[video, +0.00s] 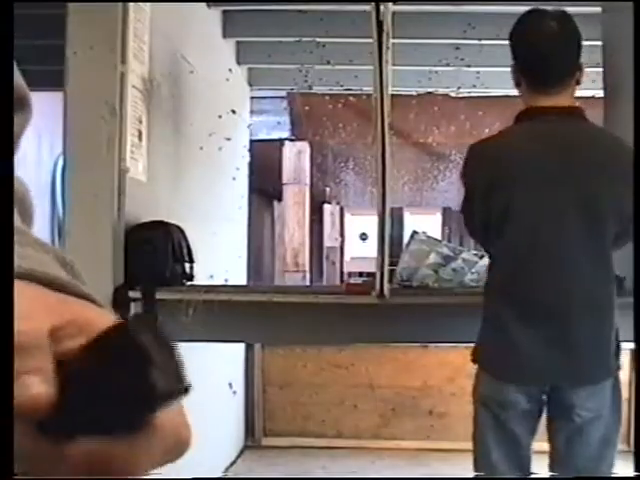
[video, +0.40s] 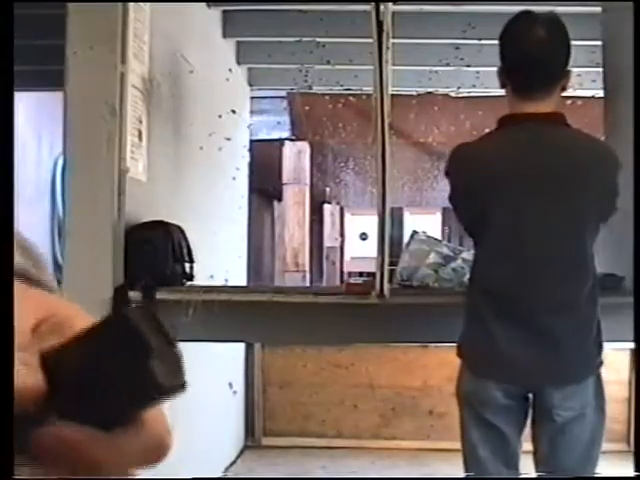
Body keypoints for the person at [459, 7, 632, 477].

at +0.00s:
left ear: (516, 76)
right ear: (579, 74)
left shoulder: (486, 156)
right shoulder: (616, 154)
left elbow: (480, 230)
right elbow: (621, 229)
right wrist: (573, 246)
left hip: (509, 352)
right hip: (589, 354)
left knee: (500, 471)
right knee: (586, 472)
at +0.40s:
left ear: (503, 78)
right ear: (566, 80)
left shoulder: (468, 160)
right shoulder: (599, 160)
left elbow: (477, 228)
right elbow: (591, 222)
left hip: (490, 356)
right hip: (569, 359)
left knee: (489, 471)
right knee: (570, 472)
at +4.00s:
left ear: (504, 79)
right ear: (570, 81)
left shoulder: (467, 160)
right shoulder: (600, 156)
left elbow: (482, 220)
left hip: (493, 357)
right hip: (570, 358)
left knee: (491, 471)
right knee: (571, 472)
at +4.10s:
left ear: (504, 78)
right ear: (570, 81)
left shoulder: (467, 159)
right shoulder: (600, 156)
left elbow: (481, 220)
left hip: (493, 356)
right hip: (571, 358)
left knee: (491, 472)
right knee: (571, 472)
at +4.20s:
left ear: (505, 77)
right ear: (570, 80)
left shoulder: (468, 158)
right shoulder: (600, 155)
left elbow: (479, 219)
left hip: (492, 355)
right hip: (570, 357)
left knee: (490, 471)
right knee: (571, 472)